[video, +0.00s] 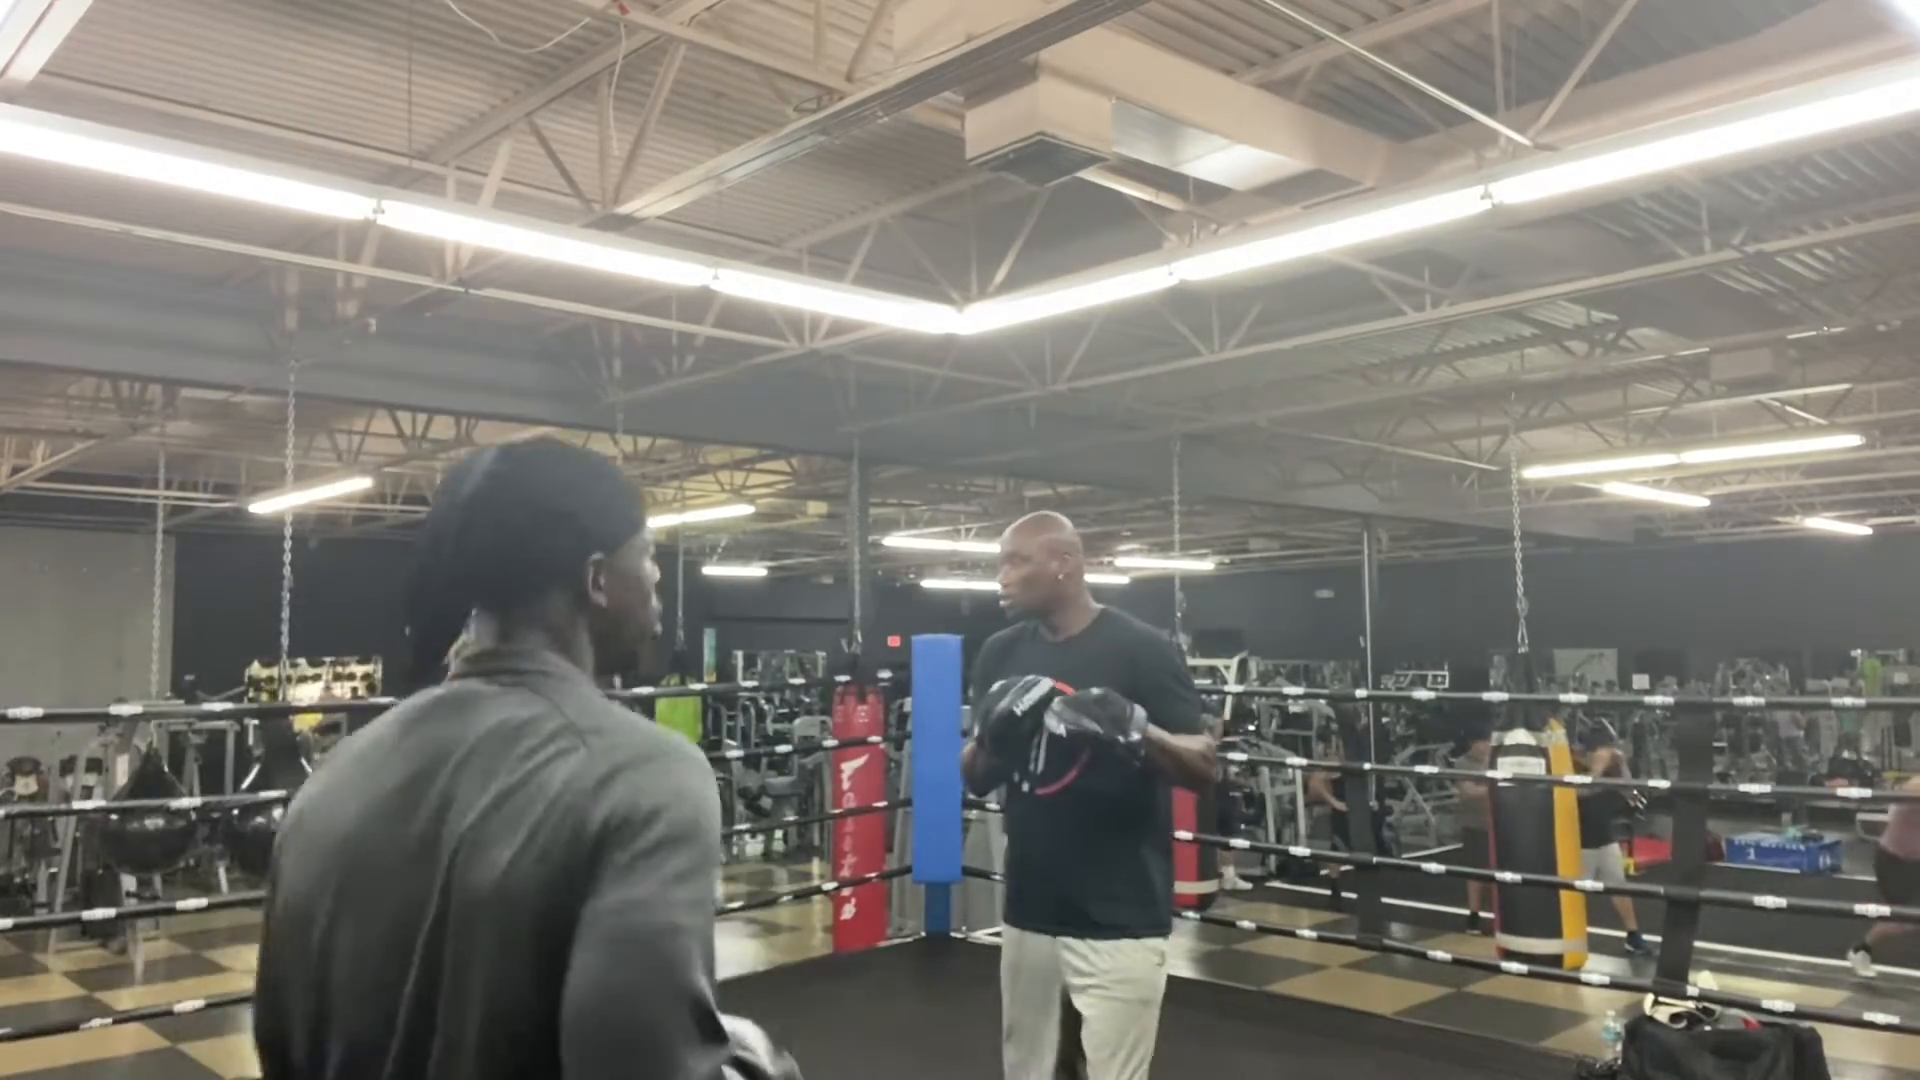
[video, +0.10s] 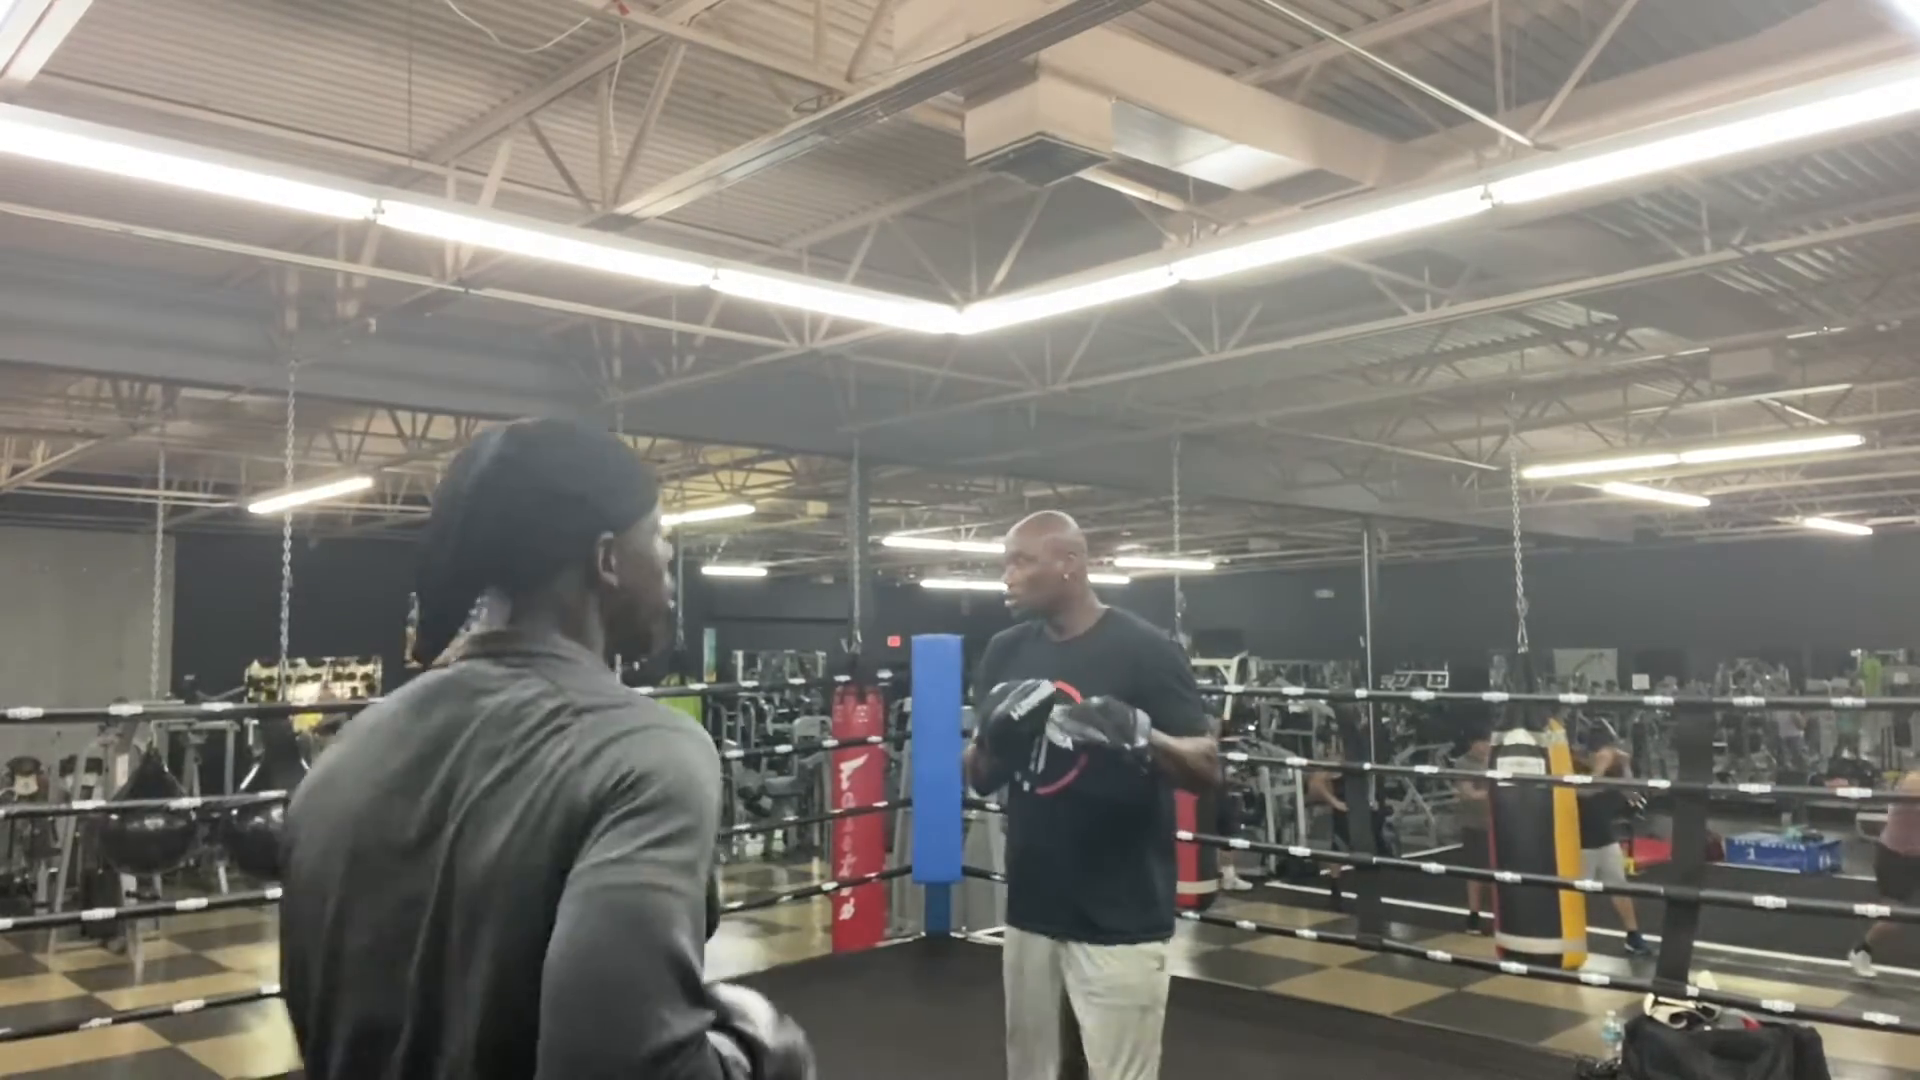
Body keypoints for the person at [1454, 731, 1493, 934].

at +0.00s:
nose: (1485, 748)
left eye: (1487, 744)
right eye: (1481, 743)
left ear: (1490, 746)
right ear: (1472, 745)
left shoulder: (1493, 764)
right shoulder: (1463, 764)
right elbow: (1467, 790)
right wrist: (1493, 789)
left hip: (1494, 823)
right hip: (1473, 824)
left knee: (1495, 870)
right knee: (1474, 870)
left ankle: (1498, 913)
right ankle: (1474, 913)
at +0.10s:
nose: (1485, 749)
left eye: (1487, 744)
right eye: (1481, 744)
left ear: (1490, 746)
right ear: (1471, 746)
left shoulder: (1492, 764)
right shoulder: (1463, 764)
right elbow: (1467, 792)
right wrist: (1492, 792)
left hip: (1493, 823)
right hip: (1473, 824)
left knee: (1494, 871)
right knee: (1474, 871)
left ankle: (1498, 913)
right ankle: (1474, 913)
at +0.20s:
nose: (1486, 749)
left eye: (1487, 744)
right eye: (1482, 744)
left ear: (1490, 745)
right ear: (1472, 745)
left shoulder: (1492, 763)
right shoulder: (1465, 764)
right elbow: (1461, 792)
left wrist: (1495, 808)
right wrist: (1484, 809)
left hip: (1494, 825)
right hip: (1474, 825)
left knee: (1494, 871)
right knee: (1474, 871)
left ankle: (1497, 912)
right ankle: (1474, 913)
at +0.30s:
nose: (1487, 750)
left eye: (1488, 745)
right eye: (1483, 745)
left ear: (1488, 746)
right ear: (1472, 745)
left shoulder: (1491, 765)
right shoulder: (1466, 764)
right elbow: (1457, 793)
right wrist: (1480, 816)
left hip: (1494, 823)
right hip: (1476, 825)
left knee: (1494, 871)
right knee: (1475, 870)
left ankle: (1496, 911)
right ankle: (1474, 914)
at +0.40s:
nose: (1487, 752)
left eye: (1487, 747)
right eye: (1482, 747)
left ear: (1487, 747)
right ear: (1472, 746)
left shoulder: (1488, 765)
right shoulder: (1465, 765)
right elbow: (1457, 794)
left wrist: (1488, 815)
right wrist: (1479, 815)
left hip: (1491, 824)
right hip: (1475, 825)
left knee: (1491, 870)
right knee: (1475, 869)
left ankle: (1491, 909)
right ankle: (1475, 912)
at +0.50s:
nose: (1487, 753)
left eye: (1488, 749)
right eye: (1483, 749)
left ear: (1489, 747)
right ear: (1471, 746)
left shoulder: (1490, 764)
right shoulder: (1465, 765)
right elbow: (1456, 794)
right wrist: (1480, 815)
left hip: (1491, 823)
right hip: (1475, 824)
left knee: (1490, 869)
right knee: (1474, 868)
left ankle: (1490, 909)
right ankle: (1474, 912)